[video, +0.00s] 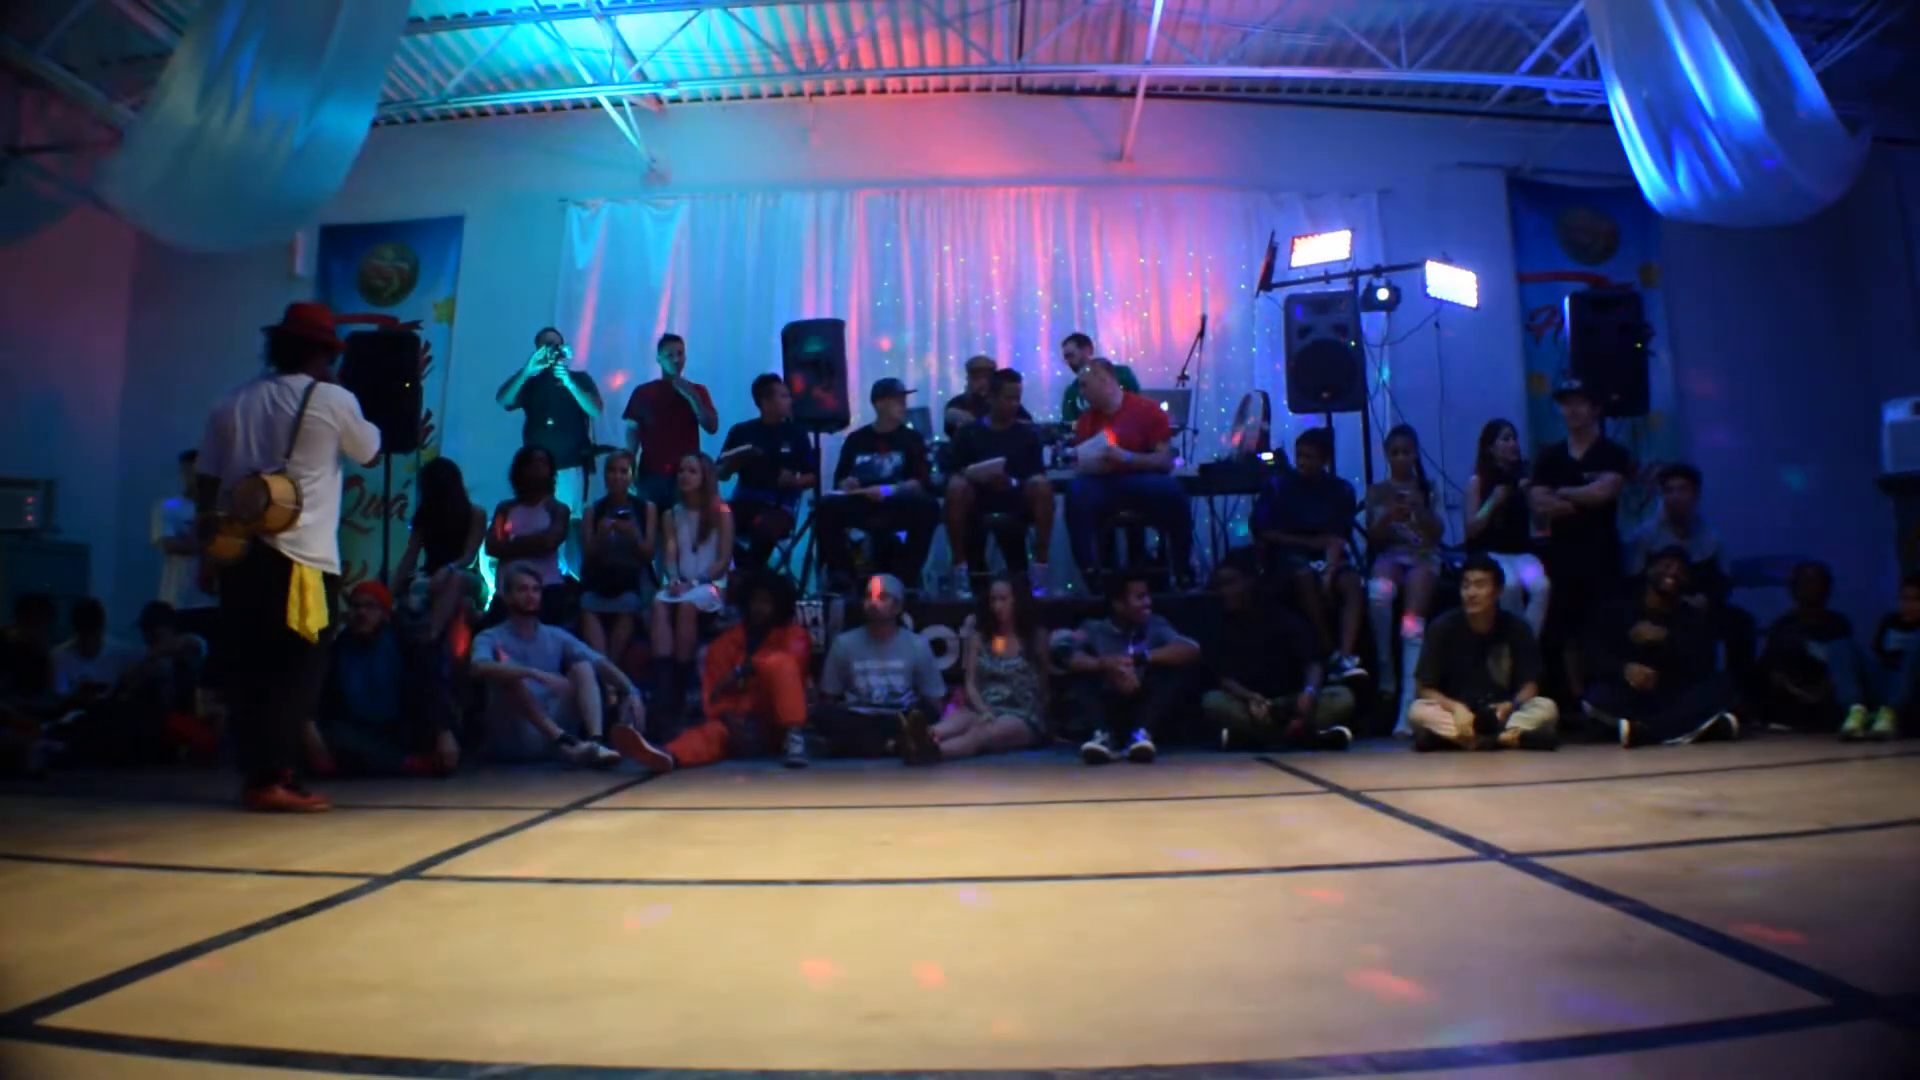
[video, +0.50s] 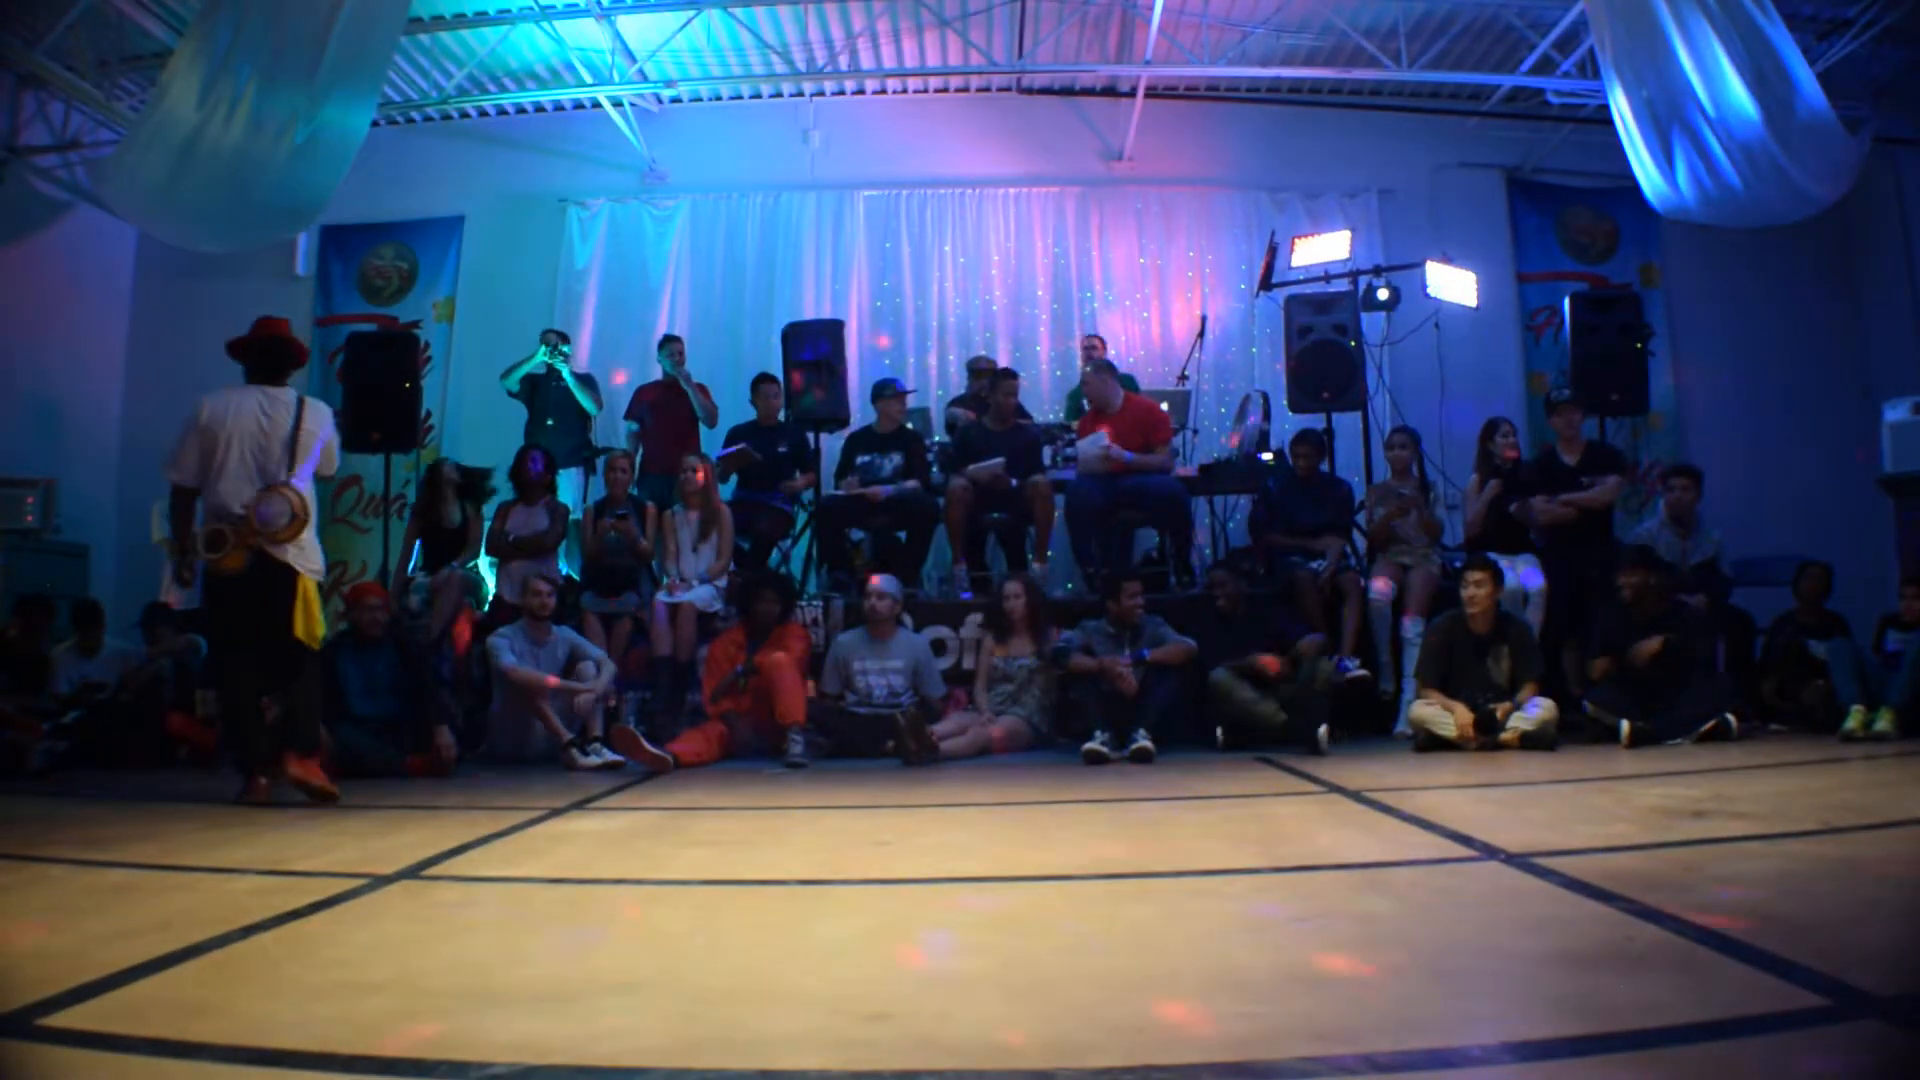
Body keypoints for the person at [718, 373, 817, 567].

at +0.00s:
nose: (788, 402)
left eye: (788, 396)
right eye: (782, 396)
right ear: (764, 402)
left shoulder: (796, 433)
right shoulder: (741, 431)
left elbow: (812, 476)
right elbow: (721, 473)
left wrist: (794, 480)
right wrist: (735, 461)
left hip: (779, 503)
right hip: (745, 499)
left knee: (765, 531)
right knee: (719, 523)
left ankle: (750, 575)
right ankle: (743, 563)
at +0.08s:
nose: (787, 402)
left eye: (787, 396)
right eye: (781, 396)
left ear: (790, 399)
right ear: (764, 402)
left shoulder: (796, 433)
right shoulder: (741, 432)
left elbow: (812, 475)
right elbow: (722, 474)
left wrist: (795, 480)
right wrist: (736, 459)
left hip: (780, 502)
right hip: (745, 499)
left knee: (767, 532)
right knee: (720, 525)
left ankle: (750, 576)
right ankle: (745, 564)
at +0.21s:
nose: (787, 401)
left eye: (787, 395)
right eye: (781, 396)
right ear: (763, 402)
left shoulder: (796, 433)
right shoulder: (740, 432)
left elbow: (812, 475)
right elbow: (721, 475)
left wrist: (796, 480)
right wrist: (735, 460)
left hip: (779, 502)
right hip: (745, 499)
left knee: (767, 532)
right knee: (720, 524)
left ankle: (750, 574)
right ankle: (743, 564)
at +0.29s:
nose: (785, 401)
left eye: (785, 395)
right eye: (780, 396)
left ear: (786, 398)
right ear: (762, 401)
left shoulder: (795, 433)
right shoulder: (740, 432)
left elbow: (812, 474)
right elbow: (722, 475)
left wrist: (797, 480)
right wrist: (733, 463)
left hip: (779, 500)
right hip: (745, 498)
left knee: (767, 532)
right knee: (720, 525)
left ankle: (751, 575)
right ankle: (746, 565)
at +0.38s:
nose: (785, 402)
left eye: (785, 396)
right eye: (779, 397)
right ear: (760, 401)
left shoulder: (795, 433)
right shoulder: (739, 433)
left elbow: (812, 474)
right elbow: (721, 476)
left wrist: (798, 480)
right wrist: (733, 463)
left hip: (779, 500)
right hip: (745, 498)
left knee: (767, 532)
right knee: (721, 525)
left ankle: (751, 576)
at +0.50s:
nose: (772, 402)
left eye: (776, 396)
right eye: (765, 397)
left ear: (782, 399)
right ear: (754, 401)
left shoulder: (793, 433)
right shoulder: (738, 433)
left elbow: (811, 473)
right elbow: (721, 476)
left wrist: (798, 483)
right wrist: (732, 462)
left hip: (778, 499)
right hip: (745, 498)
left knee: (766, 532)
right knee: (720, 525)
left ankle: (751, 575)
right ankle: (746, 564)